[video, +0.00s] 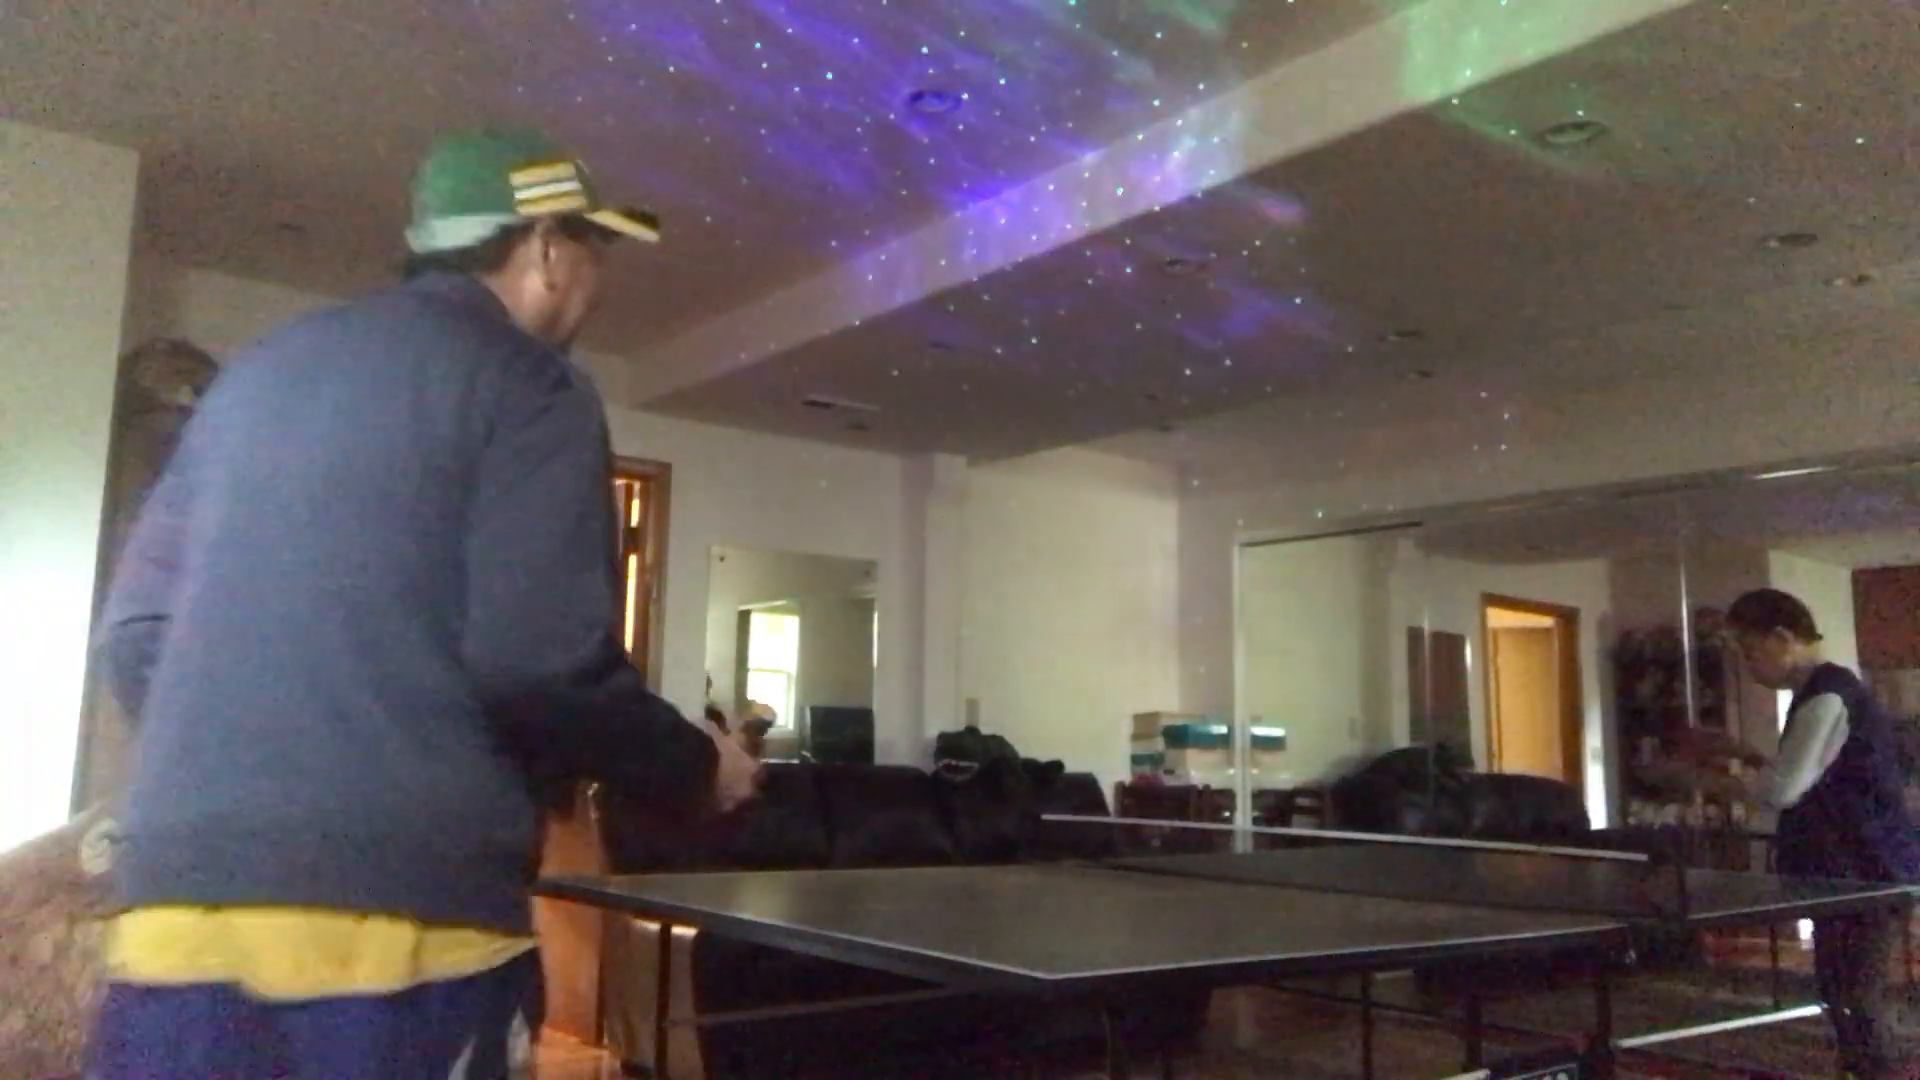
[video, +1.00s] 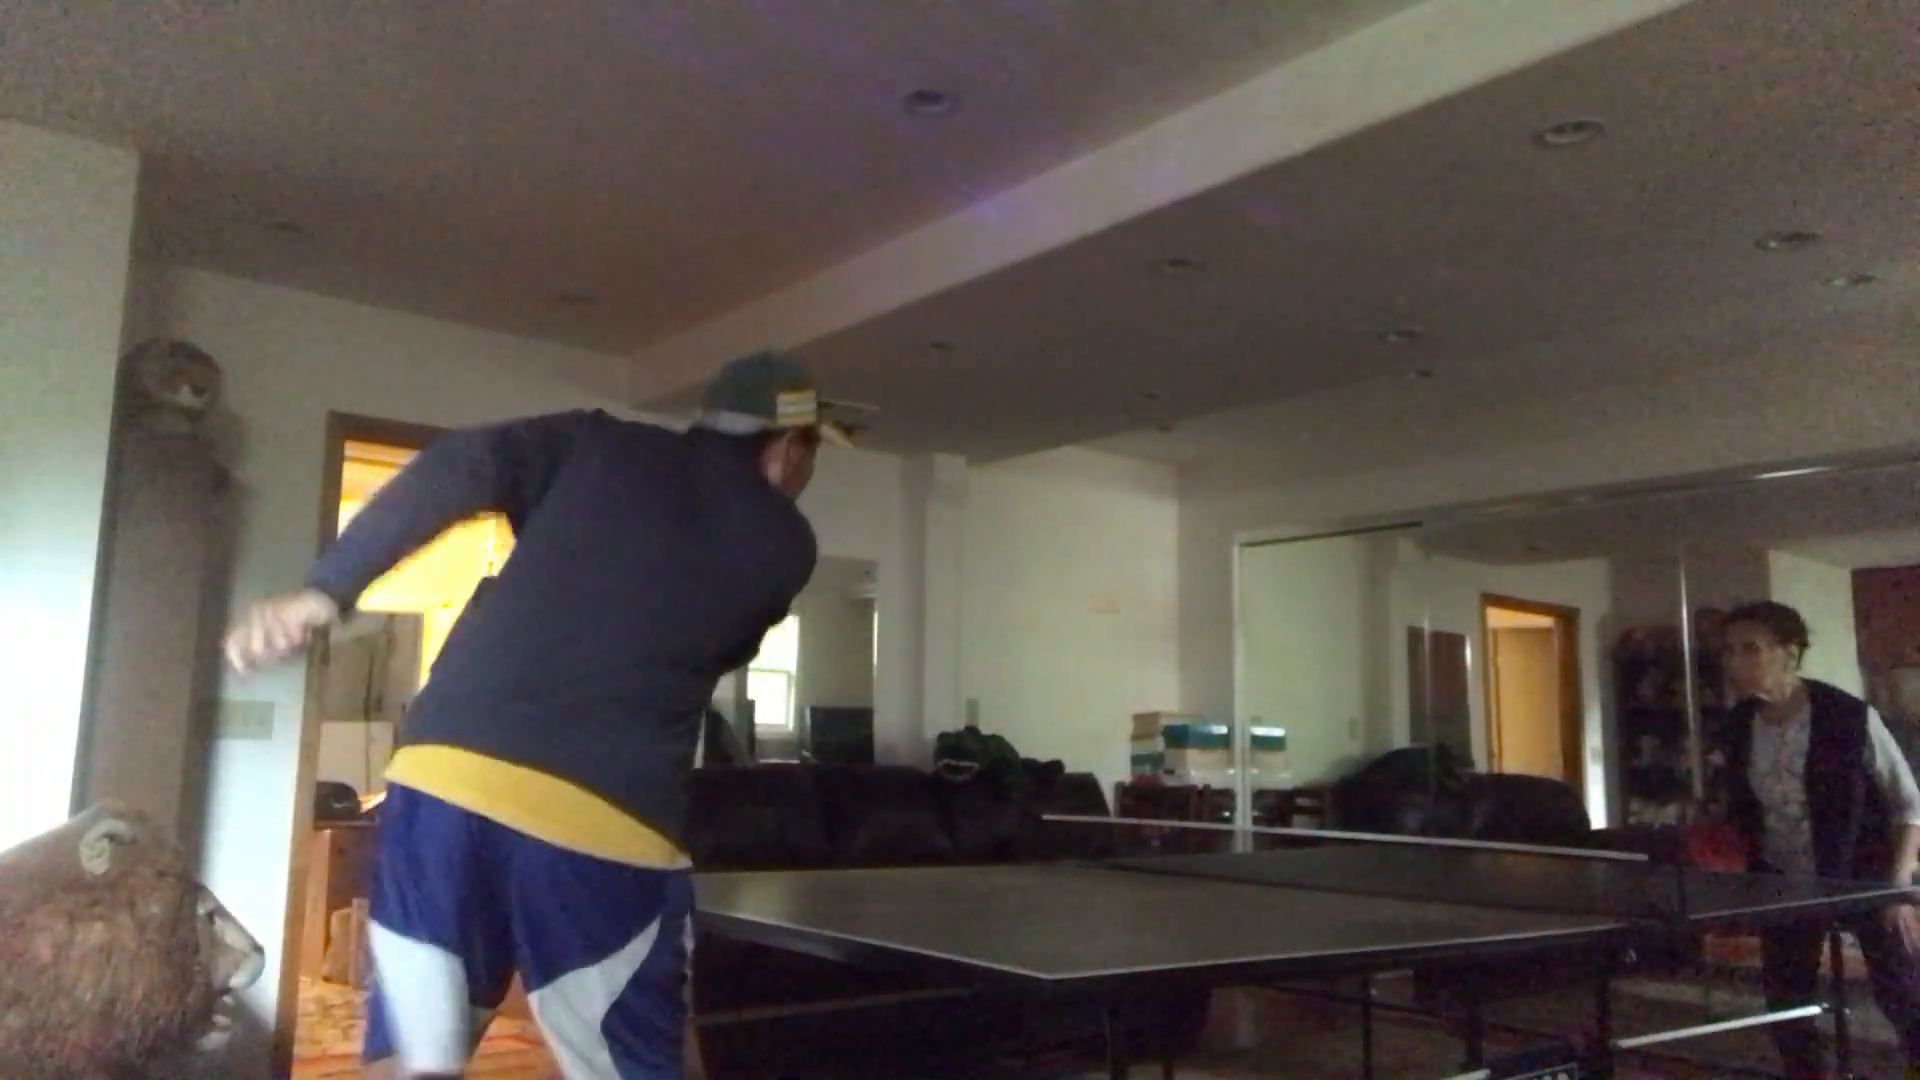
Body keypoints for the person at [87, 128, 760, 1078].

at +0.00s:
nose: (595, 291)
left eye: (598, 260)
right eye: (593, 257)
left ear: (433, 245)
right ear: (544, 254)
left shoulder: (255, 368)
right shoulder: (529, 382)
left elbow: (134, 629)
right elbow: (535, 663)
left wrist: (257, 773)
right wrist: (699, 761)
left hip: (174, 924)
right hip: (397, 934)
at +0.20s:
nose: (603, 309)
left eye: (606, 283)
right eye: (600, 281)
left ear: (457, 282)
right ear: (555, 282)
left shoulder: (303, 401)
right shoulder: (554, 399)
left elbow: (191, 626)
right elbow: (569, 638)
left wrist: (259, 790)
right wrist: (712, 729)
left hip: (249, 858)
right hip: (432, 873)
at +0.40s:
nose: (632, 367)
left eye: (635, 342)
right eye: (629, 338)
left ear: (505, 335)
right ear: (582, 336)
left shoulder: (366, 442)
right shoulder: (563, 444)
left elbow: (260, 651)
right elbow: (597, 676)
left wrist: (325, 784)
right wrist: (752, 727)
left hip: (264, 877)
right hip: (440, 892)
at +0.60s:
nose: (700, 446)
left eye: (704, 425)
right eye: (697, 422)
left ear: (584, 404)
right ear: (659, 418)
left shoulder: (448, 470)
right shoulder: (657, 515)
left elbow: (306, 637)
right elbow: (663, 706)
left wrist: (349, 775)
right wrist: (740, 803)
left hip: (291, 855)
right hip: (473, 872)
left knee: (283, 1068)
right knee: (561, 1066)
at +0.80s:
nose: (761, 509)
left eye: (766, 491)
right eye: (763, 489)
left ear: (661, 456)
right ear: (736, 482)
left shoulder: (529, 478)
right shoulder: (741, 574)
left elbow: (368, 556)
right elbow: (725, 758)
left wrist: (285, 714)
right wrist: (789, 780)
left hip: (389, 845)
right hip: (566, 878)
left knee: (300, 1068)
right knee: (605, 1065)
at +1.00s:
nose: (809, 472)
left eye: (812, 455)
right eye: (810, 452)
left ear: (707, 422)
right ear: (783, 448)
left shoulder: (595, 436)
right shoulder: (785, 540)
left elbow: (461, 459)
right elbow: (724, 650)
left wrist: (327, 586)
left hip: (440, 787)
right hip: (604, 830)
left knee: (412, 1062)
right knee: (632, 1064)